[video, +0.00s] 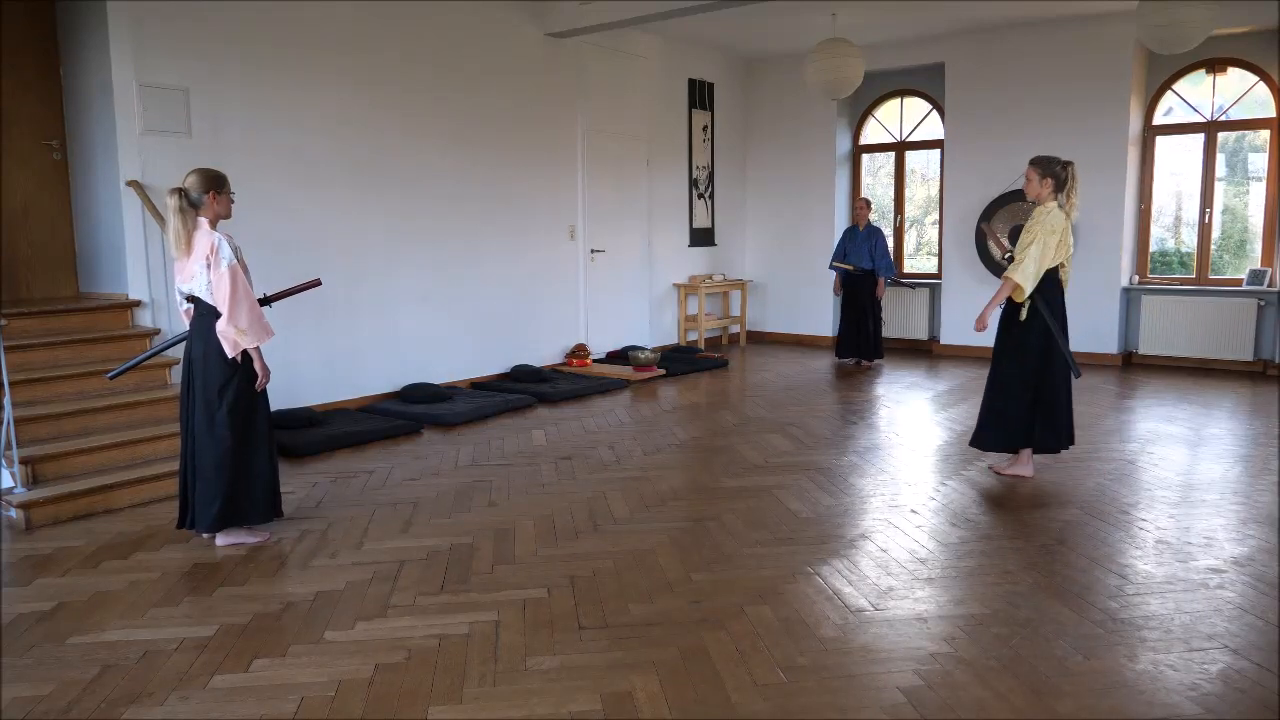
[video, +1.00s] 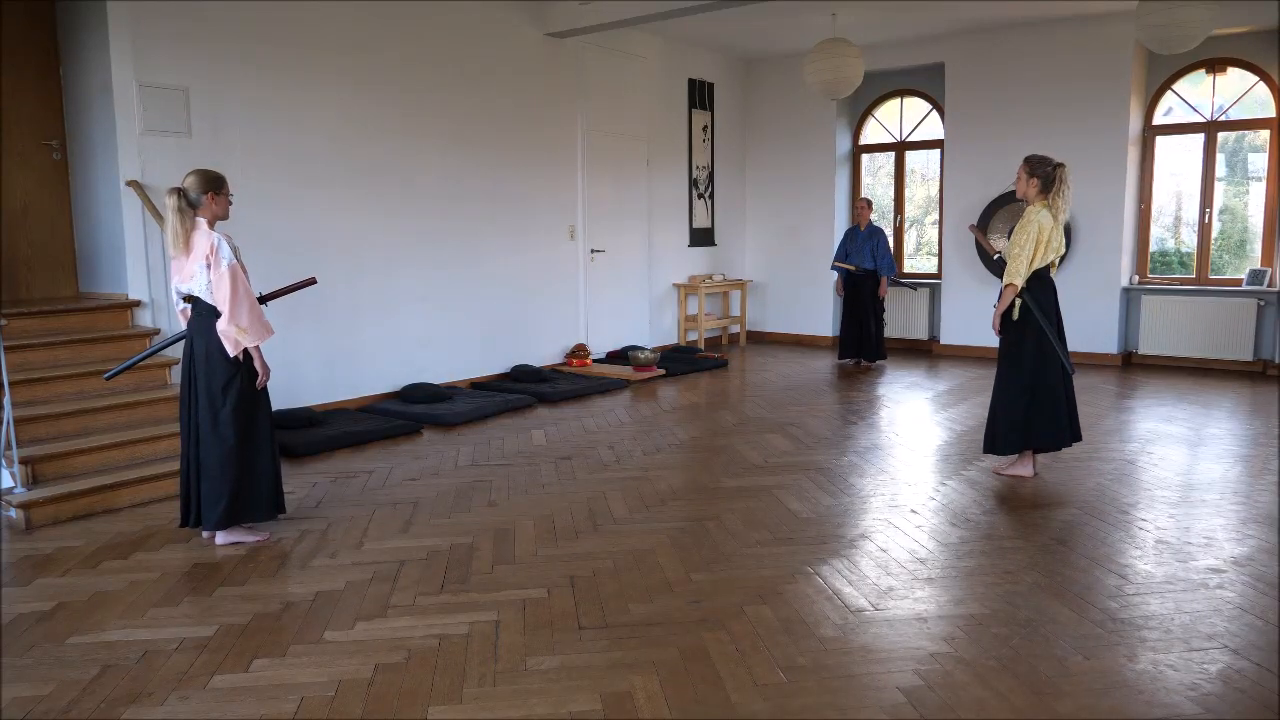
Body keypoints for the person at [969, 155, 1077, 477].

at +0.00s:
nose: (1024, 185)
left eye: (1028, 180)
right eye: (1025, 179)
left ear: (1047, 184)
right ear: (1048, 184)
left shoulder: (1046, 217)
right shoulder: (1056, 214)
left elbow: (1023, 266)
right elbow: (1046, 263)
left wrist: (989, 308)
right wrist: (1013, 255)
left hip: (1034, 303)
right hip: (1045, 301)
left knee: (1026, 376)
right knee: (1030, 375)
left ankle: (1024, 459)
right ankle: (1022, 454)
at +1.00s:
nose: (1015, 183)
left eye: (1019, 178)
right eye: (1017, 177)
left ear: (1033, 182)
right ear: (1038, 183)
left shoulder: (1033, 218)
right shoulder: (1050, 215)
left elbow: (1019, 269)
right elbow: (1021, 257)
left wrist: (999, 308)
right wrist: (989, 244)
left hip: (1027, 302)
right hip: (1041, 299)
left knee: (1024, 376)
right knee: (1033, 375)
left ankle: (1025, 459)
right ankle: (1027, 454)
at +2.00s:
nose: (1012, 185)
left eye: (1016, 179)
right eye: (1013, 179)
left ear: (1031, 182)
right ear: (1035, 182)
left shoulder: (1032, 217)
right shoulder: (1048, 214)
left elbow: (1021, 268)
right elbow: (1016, 254)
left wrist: (1001, 308)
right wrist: (987, 243)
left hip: (1028, 301)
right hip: (1041, 298)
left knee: (1025, 376)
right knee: (1033, 376)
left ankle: (1025, 459)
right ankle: (1025, 455)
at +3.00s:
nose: (1001, 185)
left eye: (1005, 181)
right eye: (1002, 180)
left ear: (1021, 183)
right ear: (1026, 183)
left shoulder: (1022, 217)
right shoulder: (1038, 215)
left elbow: (1011, 267)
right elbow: (1011, 258)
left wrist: (991, 307)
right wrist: (980, 246)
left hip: (1018, 301)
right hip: (1031, 297)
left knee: (1017, 375)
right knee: (1024, 375)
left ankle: (1019, 458)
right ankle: (1019, 455)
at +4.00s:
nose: (986, 186)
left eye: (990, 181)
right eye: (987, 181)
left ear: (1005, 184)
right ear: (1010, 184)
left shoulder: (1006, 217)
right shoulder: (1023, 216)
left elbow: (994, 269)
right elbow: (988, 266)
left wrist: (975, 307)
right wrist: (962, 246)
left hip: (1002, 301)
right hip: (1016, 298)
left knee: (1003, 375)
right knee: (1011, 374)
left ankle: (1007, 457)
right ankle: (1008, 454)